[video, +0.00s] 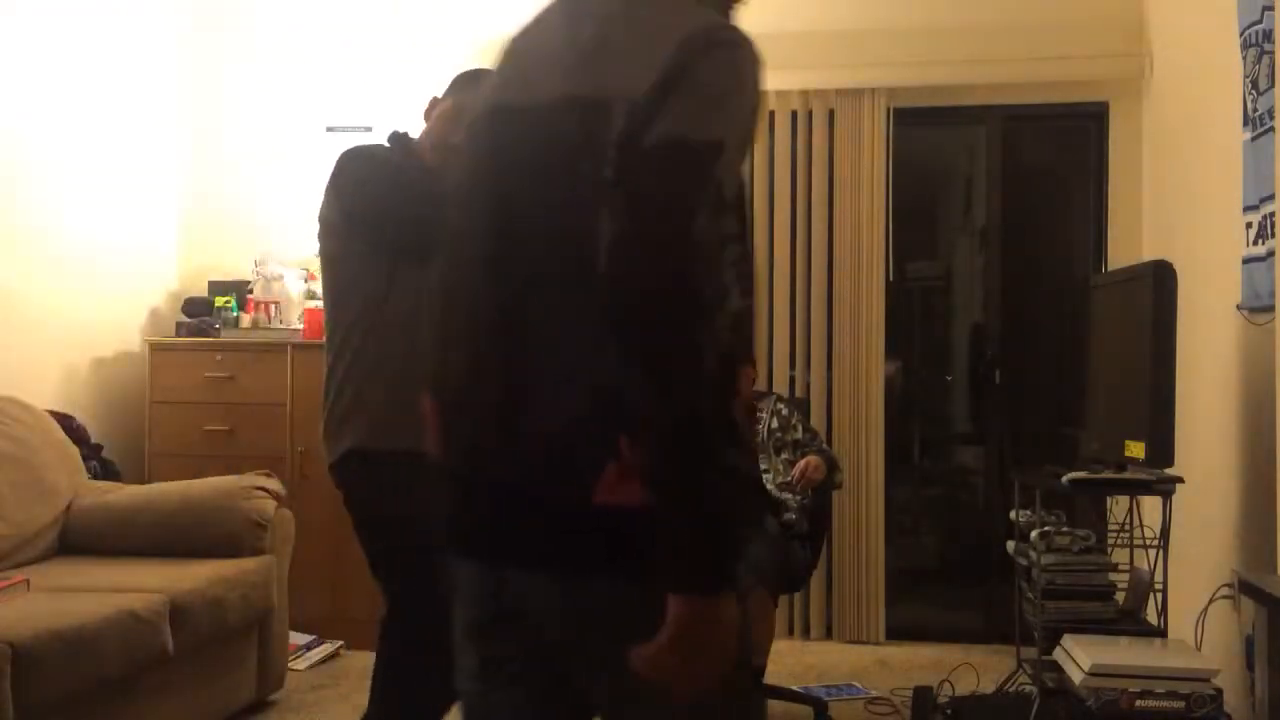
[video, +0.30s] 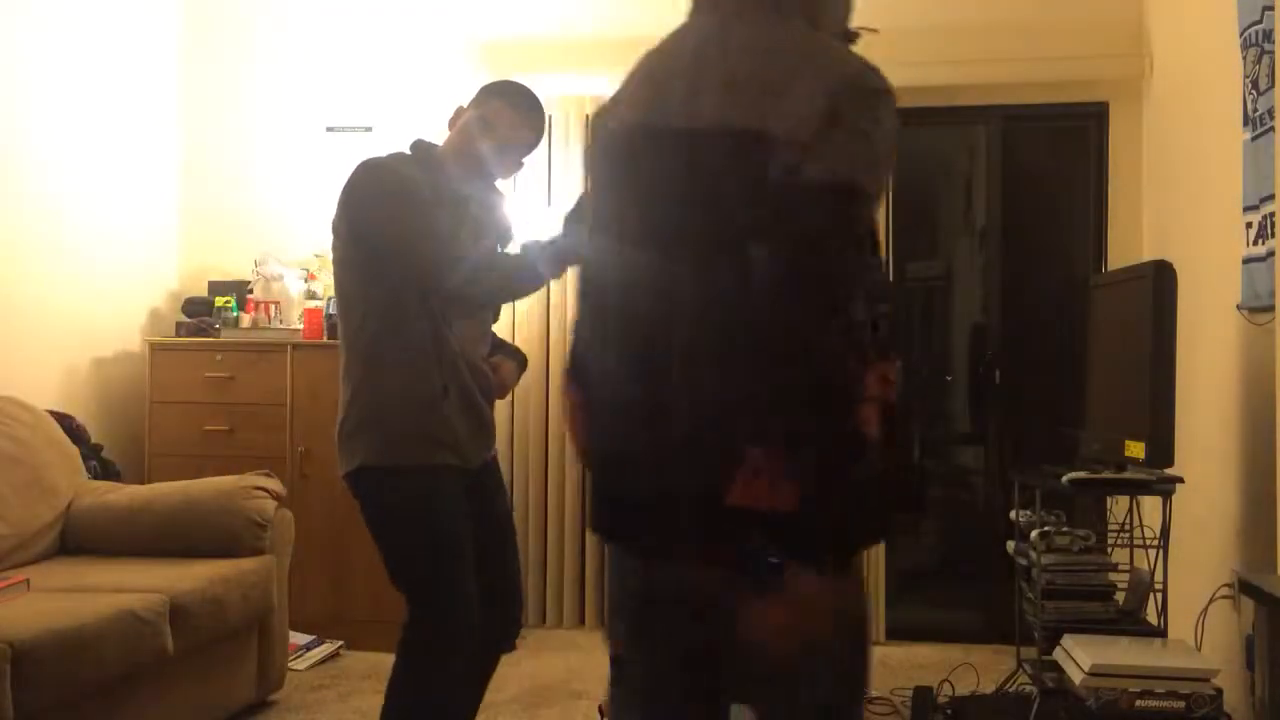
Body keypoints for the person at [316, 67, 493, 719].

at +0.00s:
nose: (473, 142)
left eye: (485, 132)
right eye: (468, 122)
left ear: (486, 134)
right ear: (434, 108)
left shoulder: (462, 194)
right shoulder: (365, 167)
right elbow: (448, 221)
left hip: (445, 438)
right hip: (382, 433)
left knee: (436, 619)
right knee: (423, 615)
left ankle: (407, 713)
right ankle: (394, 714)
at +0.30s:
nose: (501, 162)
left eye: (517, 155)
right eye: (494, 137)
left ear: (519, 162)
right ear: (460, 116)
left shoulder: (480, 214)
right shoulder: (384, 180)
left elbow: (473, 317)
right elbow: (456, 282)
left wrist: (509, 355)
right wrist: (561, 248)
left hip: (465, 445)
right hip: (397, 445)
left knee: (494, 621)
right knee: (445, 625)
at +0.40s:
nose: (503, 161)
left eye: (519, 159)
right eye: (498, 137)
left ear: (523, 167)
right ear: (467, 119)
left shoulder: (486, 221)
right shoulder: (389, 183)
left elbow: (465, 322)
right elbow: (439, 295)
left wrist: (508, 358)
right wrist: (563, 272)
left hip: (469, 443)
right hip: (400, 442)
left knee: (499, 619)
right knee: (456, 620)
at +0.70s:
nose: (533, 182)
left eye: (549, 179)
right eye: (532, 158)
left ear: (547, 189)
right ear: (501, 130)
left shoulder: (504, 238)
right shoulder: (403, 200)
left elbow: (493, 338)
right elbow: (424, 332)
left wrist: (514, 378)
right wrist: (562, 348)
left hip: (464, 457)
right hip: (392, 458)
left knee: (510, 620)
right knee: (464, 621)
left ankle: (446, 718)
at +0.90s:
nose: (545, 202)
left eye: (561, 199)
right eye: (547, 177)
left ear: (565, 207)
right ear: (519, 145)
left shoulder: (513, 250)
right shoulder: (422, 204)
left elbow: (491, 358)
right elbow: (449, 348)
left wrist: (500, 402)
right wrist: (562, 381)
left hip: (454, 457)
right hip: (387, 456)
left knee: (510, 617)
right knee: (458, 627)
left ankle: (447, 716)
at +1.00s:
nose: (545, 190)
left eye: (562, 188)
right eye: (548, 165)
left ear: (566, 194)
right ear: (522, 135)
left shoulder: (517, 238)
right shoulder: (419, 193)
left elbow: (498, 349)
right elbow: (441, 337)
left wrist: (506, 389)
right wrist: (563, 356)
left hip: (453, 448)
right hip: (382, 444)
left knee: (498, 612)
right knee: (444, 621)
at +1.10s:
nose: (544, 174)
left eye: (559, 173)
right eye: (547, 151)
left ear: (560, 176)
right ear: (521, 115)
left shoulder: (515, 216)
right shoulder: (423, 167)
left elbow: (478, 311)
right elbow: (468, 285)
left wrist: (509, 362)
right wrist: (599, 278)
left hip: (451, 439)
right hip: (387, 433)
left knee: (470, 615)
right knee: (436, 612)